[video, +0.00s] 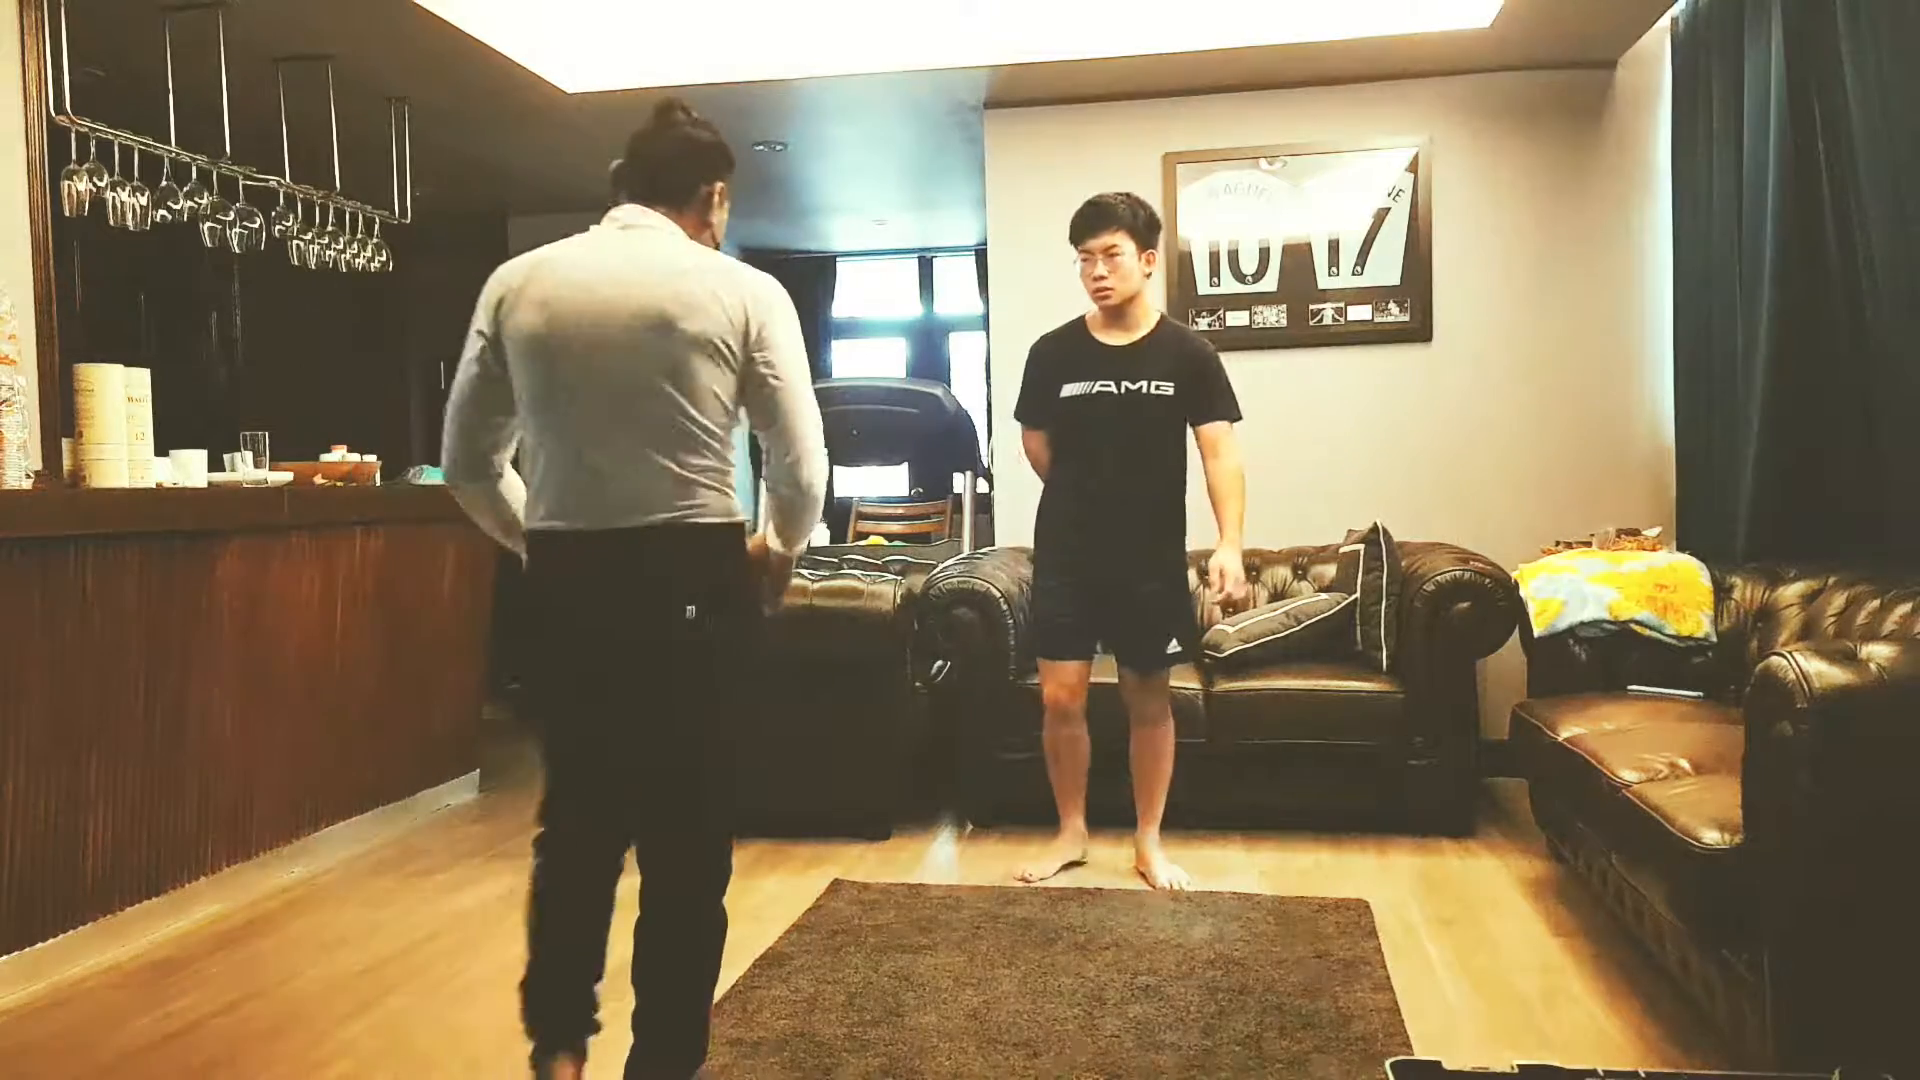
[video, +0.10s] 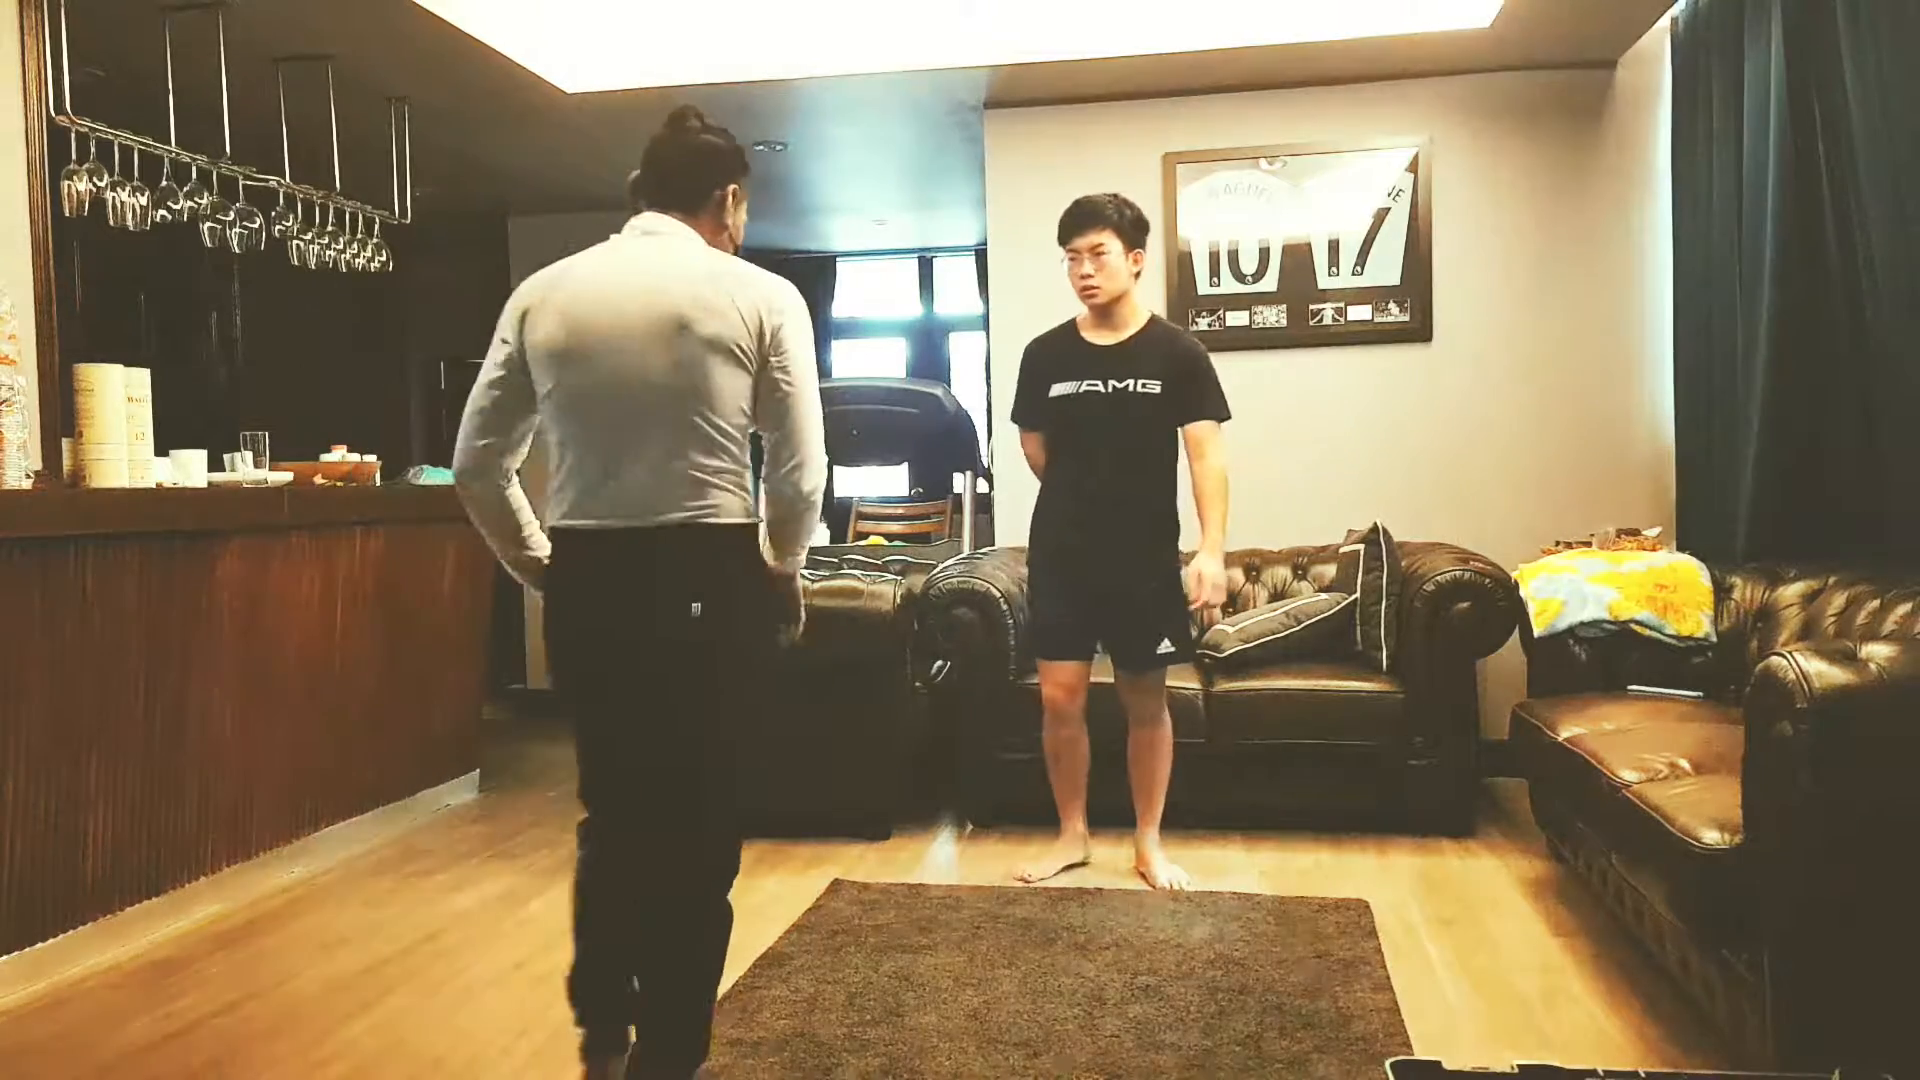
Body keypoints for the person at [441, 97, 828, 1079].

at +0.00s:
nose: (726, 229)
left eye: (724, 210)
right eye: (724, 210)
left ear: (619, 194)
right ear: (703, 202)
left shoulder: (516, 282)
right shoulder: (743, 290)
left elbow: (469, 465)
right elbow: (803, 473)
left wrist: (546, 542)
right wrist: (779, 550)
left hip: (562, 582)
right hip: (691, 581)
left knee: (577, 820)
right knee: (687, 839)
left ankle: (557, 1053)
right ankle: (666, 1063)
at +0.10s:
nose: (743, 227)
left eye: (741, 210)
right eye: (742, 210)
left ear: (644, 200)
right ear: (720, 203)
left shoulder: (542, 292)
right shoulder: (761, 296)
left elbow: (477, 466)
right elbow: (800, 478)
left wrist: (543, 563)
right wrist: (783, 569)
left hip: (586, 579)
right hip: (710, 576)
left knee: (609, 810)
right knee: (699, 824)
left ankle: (606, 1039)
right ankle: (670, 1058)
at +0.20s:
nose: (756, 229)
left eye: (754, 211)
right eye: (754, 211)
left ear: (658, 206)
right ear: (732, 206)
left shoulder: (557, 304)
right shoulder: (767, 303)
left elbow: (497, 462)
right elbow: (798, 483)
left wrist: (559, 566)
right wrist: (784, 584)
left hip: (604, 582)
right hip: (725, 577)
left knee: (634, 801)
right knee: (712, 817)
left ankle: (651, 997)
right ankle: (665, 1059)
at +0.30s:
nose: (769, 234)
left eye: (767, 217)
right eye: (765, 218)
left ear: (673, 216)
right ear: (743, 219)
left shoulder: (576, 316)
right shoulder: (772, 312)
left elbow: (514, 468)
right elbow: (806, 485)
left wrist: (577, 565)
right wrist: (797, 591)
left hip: (620, 584)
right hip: (736, 579)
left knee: (654, 802)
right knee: (723, 811)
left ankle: (704, 991)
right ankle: (665, 1053)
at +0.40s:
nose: (780, 243)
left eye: (777, 225)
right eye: (775, 225)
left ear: (688, 225)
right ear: (748, 224)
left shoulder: (596, 321)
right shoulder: (773, 314)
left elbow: (532, 470)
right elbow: (806, 479)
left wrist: (598, 570)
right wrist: (816, 589)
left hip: (638, 580)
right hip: (747, 576)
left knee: (670, 793)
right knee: (737, 812)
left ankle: (706, 993)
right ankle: (663, 1054)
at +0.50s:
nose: (787, 239)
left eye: (786, 221)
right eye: (782, 222)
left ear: (698, 224)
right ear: (751, 220)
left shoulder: (615, 317)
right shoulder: (774, 303)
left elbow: (562, 462)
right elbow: (800, 462)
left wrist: (622, 553)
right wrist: (827, 565)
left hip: (650, 573)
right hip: (750, 569)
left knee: (672, 790)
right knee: (769, 807)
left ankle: (708, 994)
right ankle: (669, 1034)